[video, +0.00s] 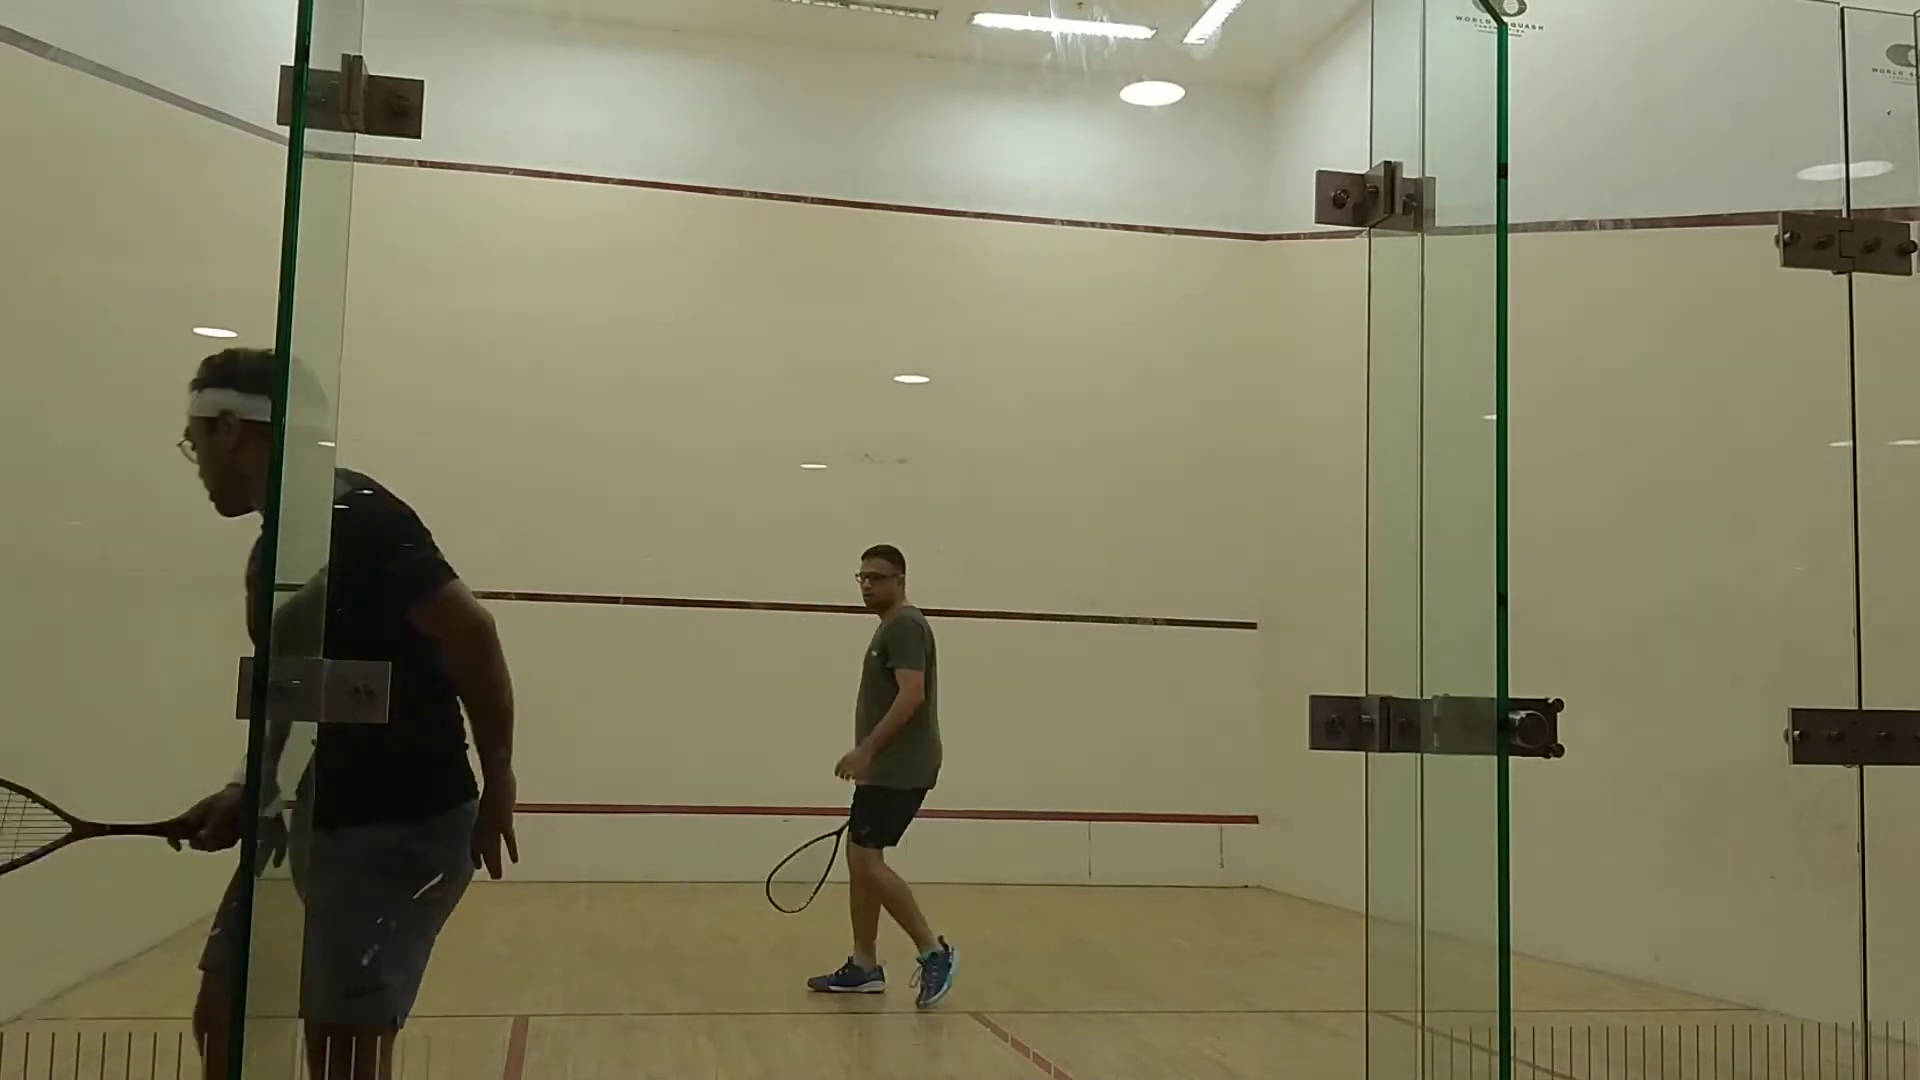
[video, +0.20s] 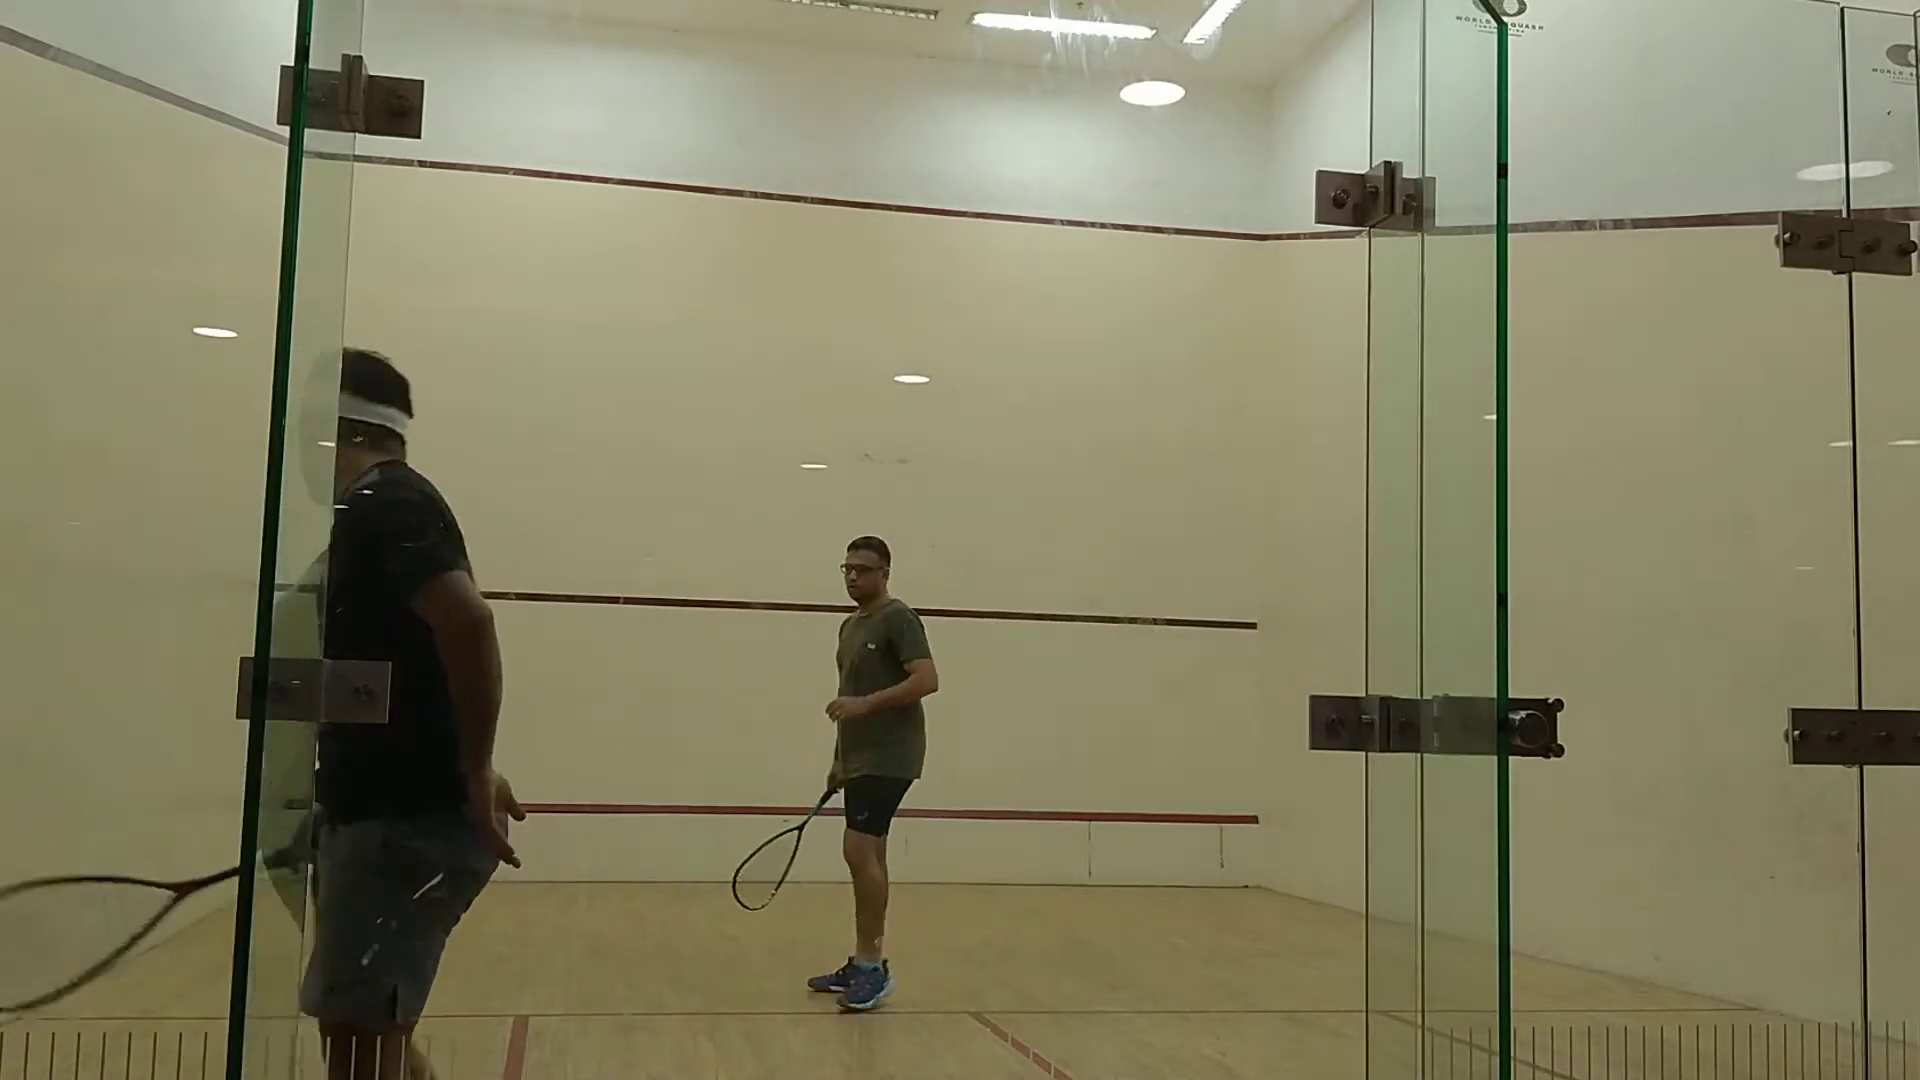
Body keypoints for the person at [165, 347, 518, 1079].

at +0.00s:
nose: (193, 463)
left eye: (198, 439)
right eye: (191, 443)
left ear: (243, 433)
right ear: (247, 436)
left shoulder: (361, 515)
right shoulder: (274, 550)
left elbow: (471, 633)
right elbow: (298, 697)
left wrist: (498, 784)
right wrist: (243, 792)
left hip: (401, 821)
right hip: (324, 808)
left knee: (344, 1044)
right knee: (221, 1014)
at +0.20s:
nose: (292, 445)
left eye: (301, 425)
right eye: (295, 425)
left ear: (331, 422)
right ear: (387, 425)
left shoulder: (389, 501)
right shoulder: (378, 505)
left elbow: (467, 626)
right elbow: (434, 653)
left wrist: (477, 772)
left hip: (403, 827)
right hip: (379, 823)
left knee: (359, 1030)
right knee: (367, 1027)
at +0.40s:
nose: (421, 453)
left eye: (423, 443)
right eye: (431, 445)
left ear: (428, 446)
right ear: (511, 466)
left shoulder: (413, 529)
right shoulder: (555, 556)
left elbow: (430, 649)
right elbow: (574, 697)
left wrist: (410, 791)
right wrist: (523, 777)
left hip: (440, 829)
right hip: (540, 833)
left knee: (355, 1035)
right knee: (489, 1019)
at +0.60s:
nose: (615, 479)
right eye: (617, 468)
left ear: (531, 454)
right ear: (611, 472)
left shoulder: (459, 535)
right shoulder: (650, 555)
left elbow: (396, 655)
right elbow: (696, 681)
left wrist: (369, 780)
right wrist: (686, 777)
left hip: (486, 814)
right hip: (606, 824)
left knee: (405, 1014)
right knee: (543, 1023)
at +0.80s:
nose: (699, 499)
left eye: (701, 485)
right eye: (697, 485)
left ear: (616, 474)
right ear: (674, 483)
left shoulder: (535, 554)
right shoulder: (698, 570)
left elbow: (445, 658)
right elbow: (748, 697)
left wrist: (417, 769)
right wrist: (789, 796)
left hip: (536, 809)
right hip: (637, 819)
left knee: (553, 990)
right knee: (560, 1021)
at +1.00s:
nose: (783, 525)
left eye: (785, 511)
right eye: (779, 509)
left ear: (708, 500)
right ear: (748, 507)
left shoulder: (631, 576)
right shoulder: (764, 588)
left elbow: (541, 683)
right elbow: (793, 717)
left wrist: (538, 778)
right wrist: (837, 832)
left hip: (621, 819)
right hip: (700, 832)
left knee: (668, 1013)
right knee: (636, 1016)